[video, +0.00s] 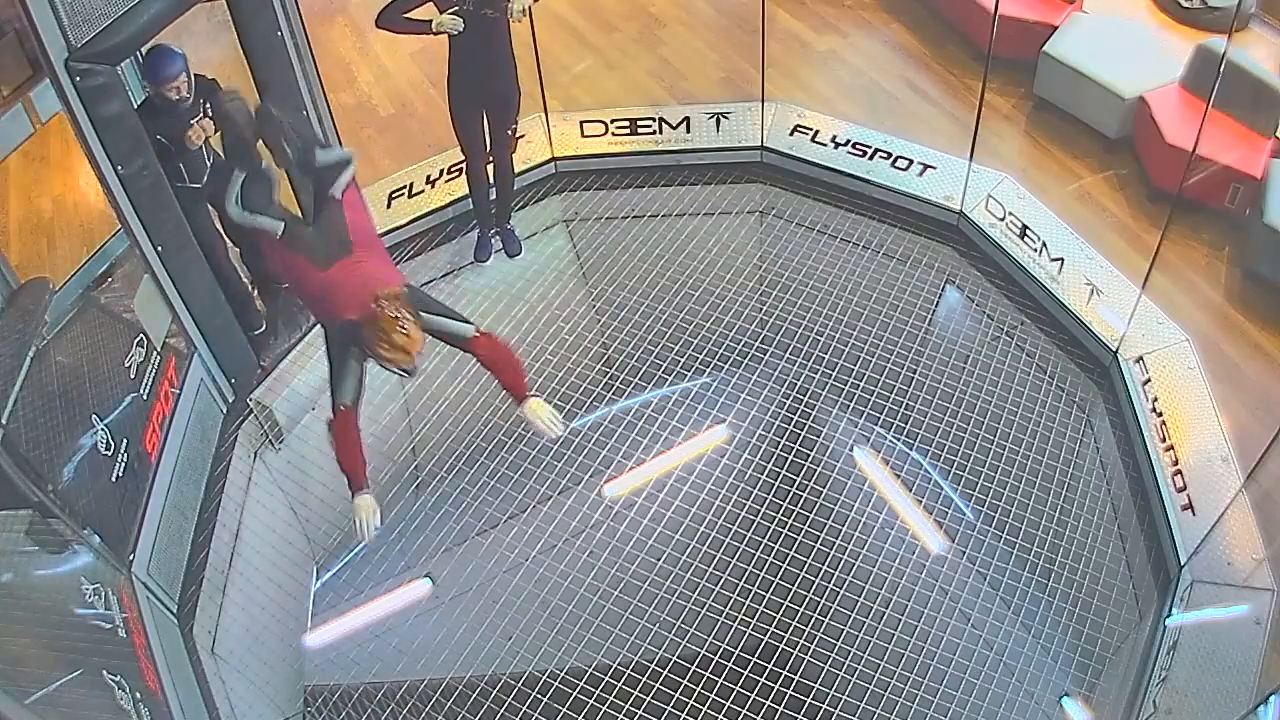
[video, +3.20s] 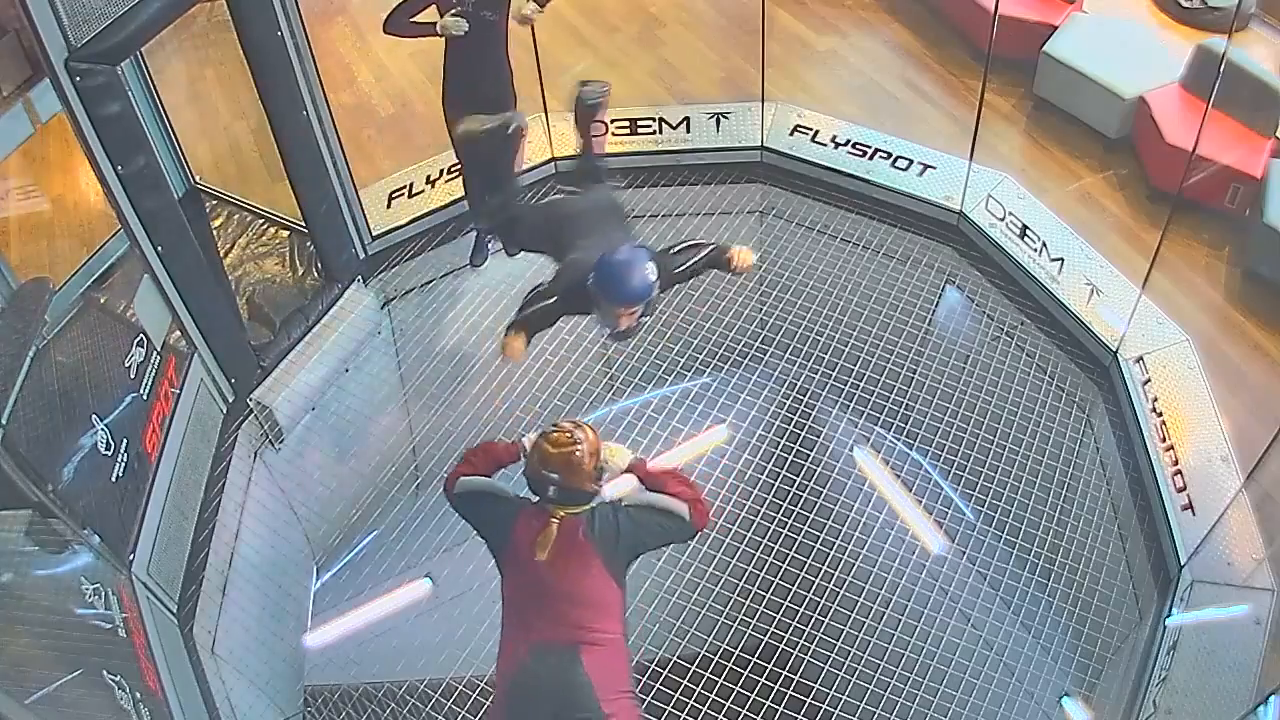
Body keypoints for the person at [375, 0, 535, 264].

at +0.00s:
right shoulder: (437, 1)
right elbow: (384, 18)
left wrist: (521, 4)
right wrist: (431, 25)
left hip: (502, 76)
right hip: (463, 81)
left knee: (503, 153)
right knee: (475, 158)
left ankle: (504, 224)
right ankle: (485, 229)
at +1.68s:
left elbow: (517, 6)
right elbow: (387, 15)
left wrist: (518, 4)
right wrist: (428, 21)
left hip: (504, 78)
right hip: (465, 82)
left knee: (504, 154)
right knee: (477, 158)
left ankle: (504, 225)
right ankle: (485, 229)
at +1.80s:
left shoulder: (508, 2)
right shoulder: (441, 1)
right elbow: (387, 19)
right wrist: (429, 24)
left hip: (503, 82)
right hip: (464, 86)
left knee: (503, 155)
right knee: (475, 159)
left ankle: (504, 225)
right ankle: (484, 229)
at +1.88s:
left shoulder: (507, 1)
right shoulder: (439, 2)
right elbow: (387, 20)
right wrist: (428, 25)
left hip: (502, 81)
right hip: (463, 85)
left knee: (503, 155)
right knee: (475, 160)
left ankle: (504, 225)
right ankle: (484, 229)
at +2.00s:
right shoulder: (439, 1)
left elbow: (520, 4)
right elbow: (384, 18)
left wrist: (524, 1)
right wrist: (426, 26)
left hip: (502, 81)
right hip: (462, 85)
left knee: (503, 156)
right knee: (474, 161)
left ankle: (504, 225)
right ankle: (484, 230)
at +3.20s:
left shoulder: (506, 1)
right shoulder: (440, 1)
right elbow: (392, 23)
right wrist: (436, 28)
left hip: (498, 82)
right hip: (459, 85)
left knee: (503, 160)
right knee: (471, 164)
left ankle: (508, 225)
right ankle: (482, 230)